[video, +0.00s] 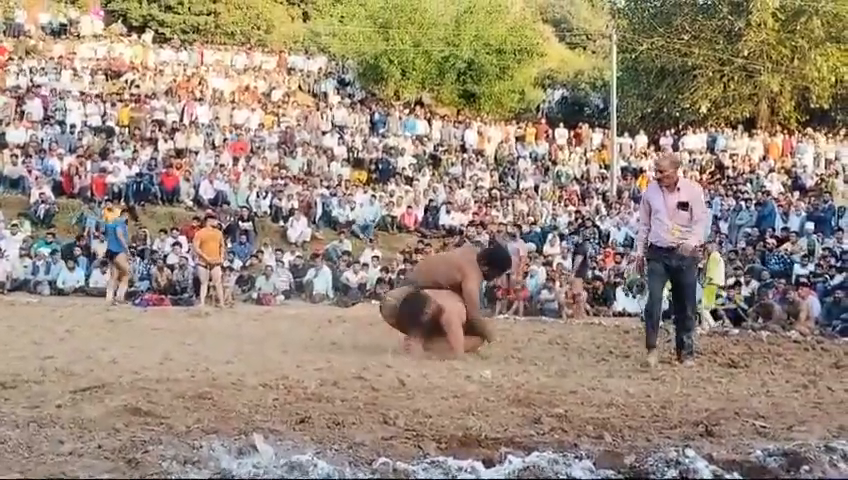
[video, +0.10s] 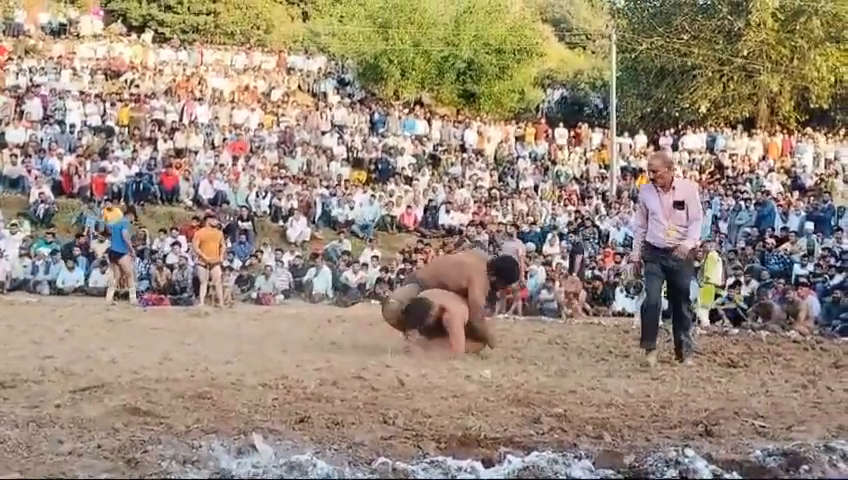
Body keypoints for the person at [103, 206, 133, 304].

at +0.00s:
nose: (127, 219)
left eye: (127, 217)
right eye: (127, 217)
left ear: (119, 214)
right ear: (125, 216)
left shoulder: (109, 223)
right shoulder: (120, 222)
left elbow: (106, 235)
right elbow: (119, 235)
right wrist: (127, 249)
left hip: (110, 250)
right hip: (118, 251)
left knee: (113, 276)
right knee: (126, 273)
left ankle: (109, 297)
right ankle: (120, 297)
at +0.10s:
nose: (133, 219)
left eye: (133, 217)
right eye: (133, 216)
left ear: (124, 214)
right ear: (130, 215)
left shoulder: (116, 223)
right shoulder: (126, 223)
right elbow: (125, 236)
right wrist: (132, 249)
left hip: (113, 250)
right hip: (122, 251)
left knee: (115, 276)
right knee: (130, 274)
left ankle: (109, 298)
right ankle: (133, 298)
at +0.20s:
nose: (136, 218)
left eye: (136, 216)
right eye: (135, 216)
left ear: (126, 213)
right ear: (133, 215)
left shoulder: (119, 223)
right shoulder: (131, 224)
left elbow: (116, 238)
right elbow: (132, 238)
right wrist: (137, 250)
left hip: (117, 251)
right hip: (127, 253)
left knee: (118, 277)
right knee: (133, 276)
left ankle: (109, 298)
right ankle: (136, 300)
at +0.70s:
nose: (149, 220)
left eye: (149, 218)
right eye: (149, 218)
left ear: (139, 215)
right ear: (148, 217)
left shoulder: (127, 221)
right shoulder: (148, 225)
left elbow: (120, 234)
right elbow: (150, 240)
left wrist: (119, 247)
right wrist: (152, 254)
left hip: (125, 248)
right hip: (138, 249)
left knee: (125, 273)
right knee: (137, 276)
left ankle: (124, 296)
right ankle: (135, 299)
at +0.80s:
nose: (148, 220)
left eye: (147, 218)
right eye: (148, 218)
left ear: (139, 215)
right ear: (147, 218)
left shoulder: (127, 221)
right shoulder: (147, 225)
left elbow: (120, 234)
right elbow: (149, 239)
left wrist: (118, 247)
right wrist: (151, 252)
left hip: (125, 248)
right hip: (138, 249)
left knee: (125, 273)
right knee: (136, 275)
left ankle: (124, 296)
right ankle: (134, 298)